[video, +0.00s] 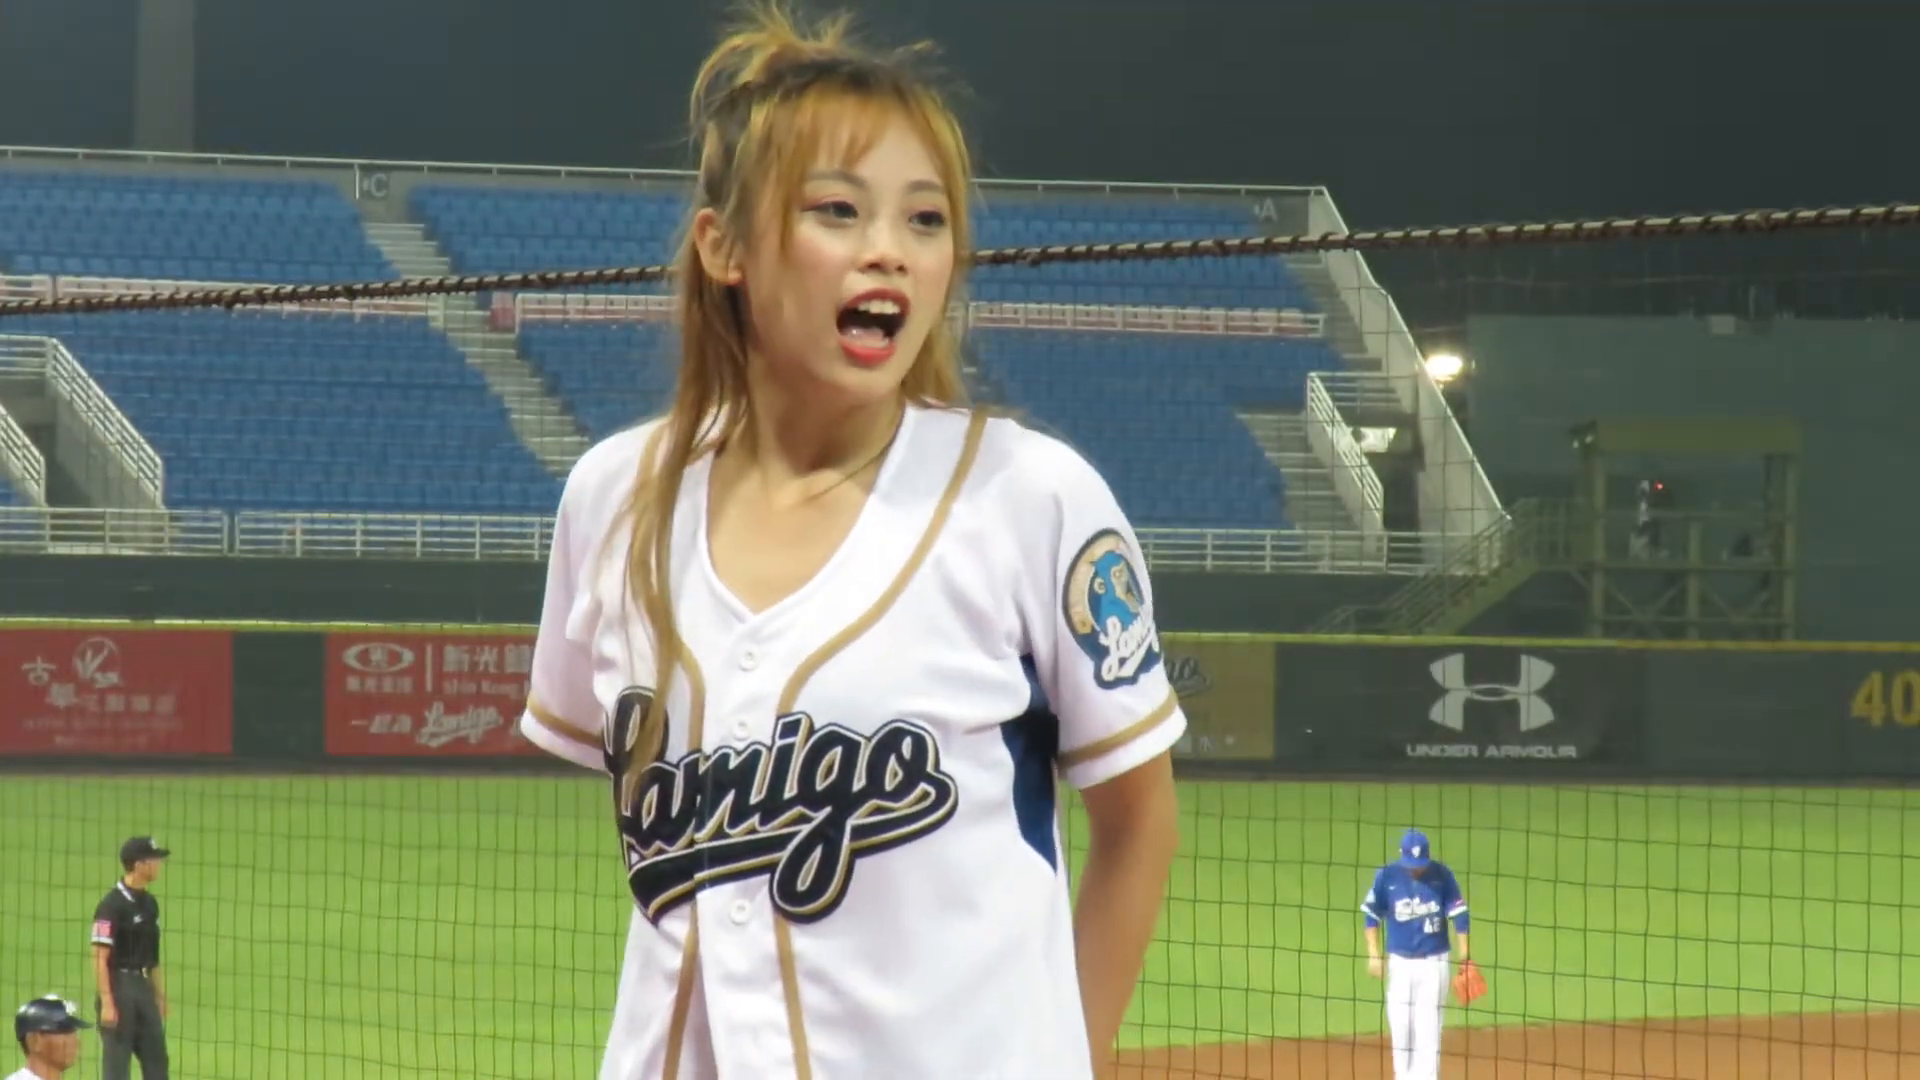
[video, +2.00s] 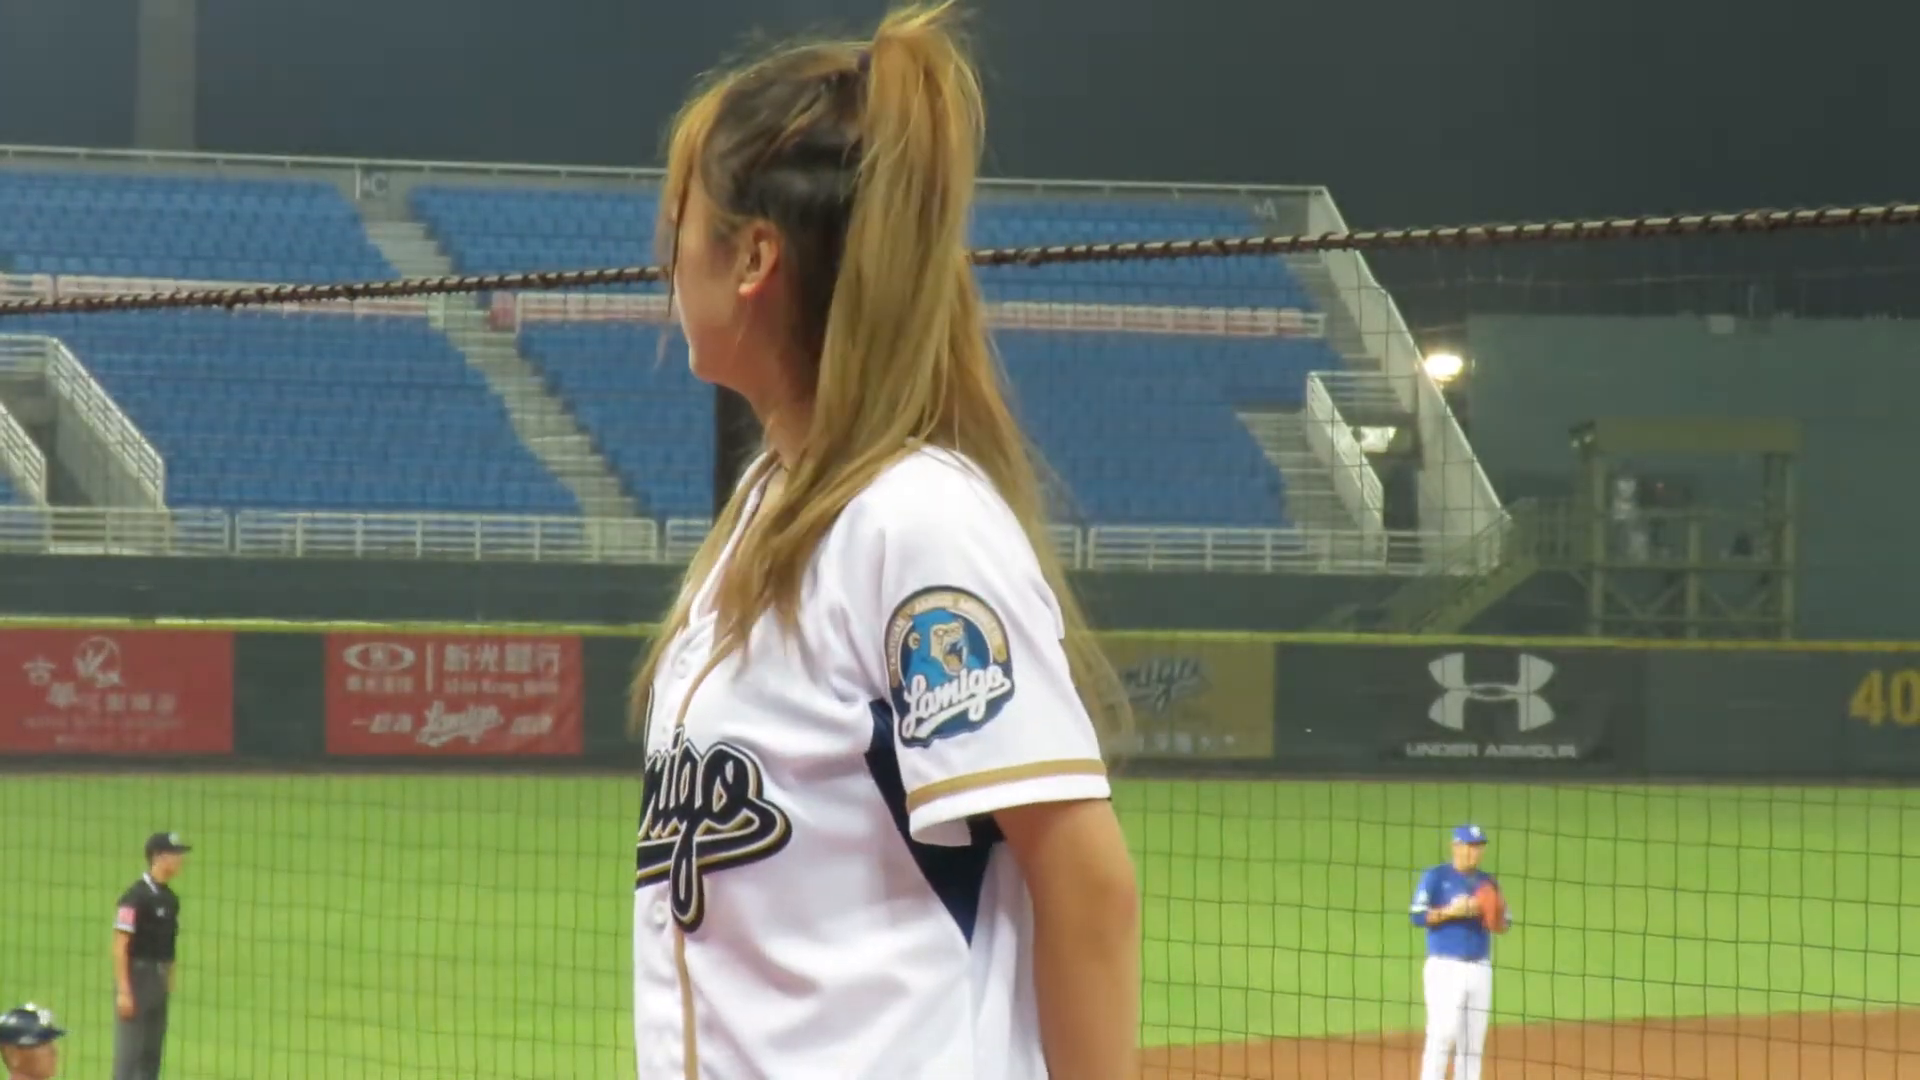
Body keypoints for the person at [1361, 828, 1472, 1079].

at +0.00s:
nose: (1416, 870)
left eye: (1420, 865)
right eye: (1411, 865)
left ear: (1428, 857)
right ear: (1402, 858)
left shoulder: (1441, 875)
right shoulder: (1387, 876)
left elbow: (1460, 916)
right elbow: (1371, 914)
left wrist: (1464, 959)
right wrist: (1374, 955)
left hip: (1434, 963)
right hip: (1399, 963)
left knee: (1428, 1028)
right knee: (1400, 1027)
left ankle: (1427, 1075)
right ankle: (1402, 1075)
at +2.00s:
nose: (1474, 852)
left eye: (1478, 846)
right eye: (1469, 845)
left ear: (1483, 850)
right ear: (1455, 847)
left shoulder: (1487, 882)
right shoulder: (1435, 876)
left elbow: (1503, 924)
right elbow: (1417, 916)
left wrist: (1488, 907)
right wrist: (1453, 910)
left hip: (1479, 967)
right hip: (1444, 965)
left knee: (1473, 1041)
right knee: (1442, 1036)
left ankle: (1468, 1077)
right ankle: (1432, 1076)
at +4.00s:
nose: (1441, 845)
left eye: (1442, 840)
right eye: (1435, 840)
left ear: (1444, 843)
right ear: (1421, 842)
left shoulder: (1454, 877)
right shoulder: (1403, 878)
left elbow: (1465, 921)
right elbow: (1392, 923)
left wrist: (1470, 956)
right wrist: (1402, 960)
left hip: (1452, 965)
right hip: (1417, 965)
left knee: (1450, 1041)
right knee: (1414, 1038)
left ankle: (1443, 1078)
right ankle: (1406, 1077)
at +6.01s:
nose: (1445, 844)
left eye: (1447, 839)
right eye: (1439, 839)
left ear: (1450, 842)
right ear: (1426, 840)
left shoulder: (1452, 874)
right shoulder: (1410, 872)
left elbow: (1460, 921)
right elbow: (1397, 914)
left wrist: (1467, 960)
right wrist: (1415, 952)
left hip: (1447, 960)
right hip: (1416, 958)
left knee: (1437, 1028)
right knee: (1416, 1025)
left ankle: (1429, 1075)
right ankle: (1404, 1075)